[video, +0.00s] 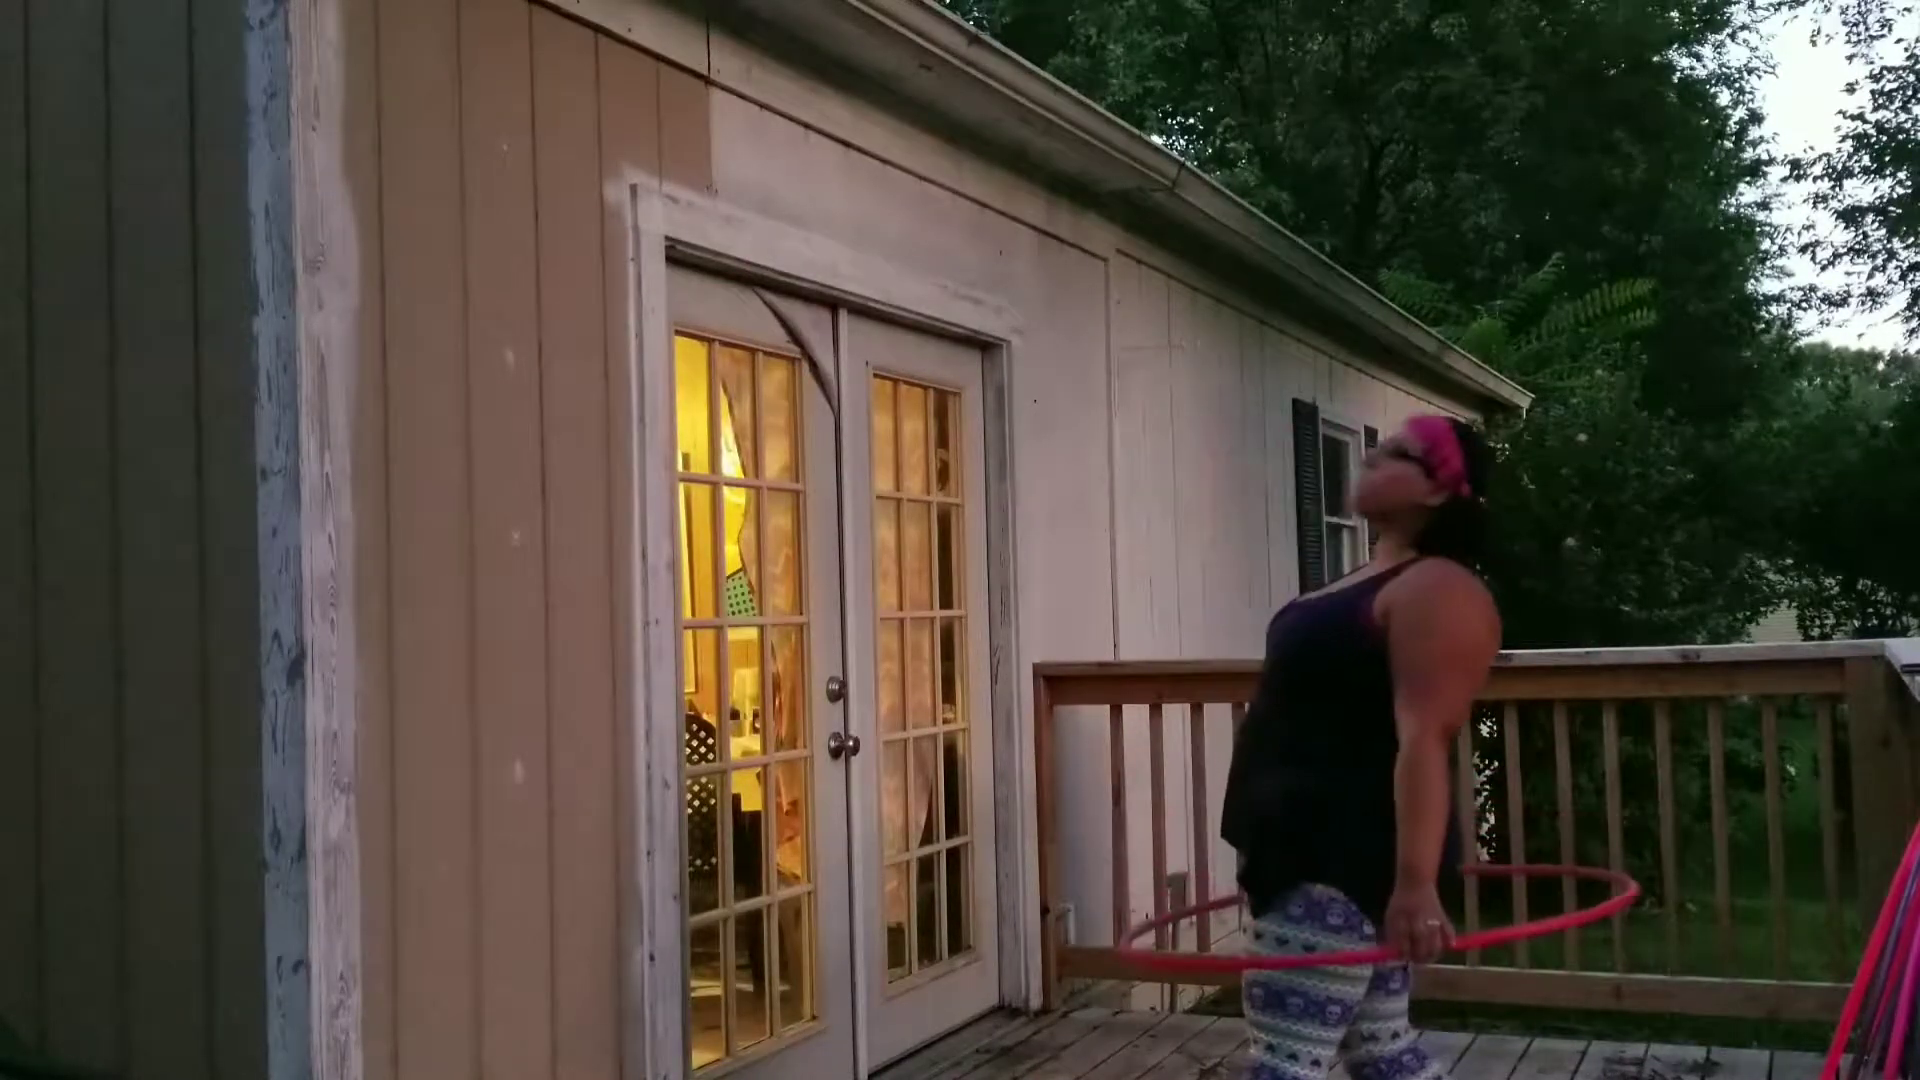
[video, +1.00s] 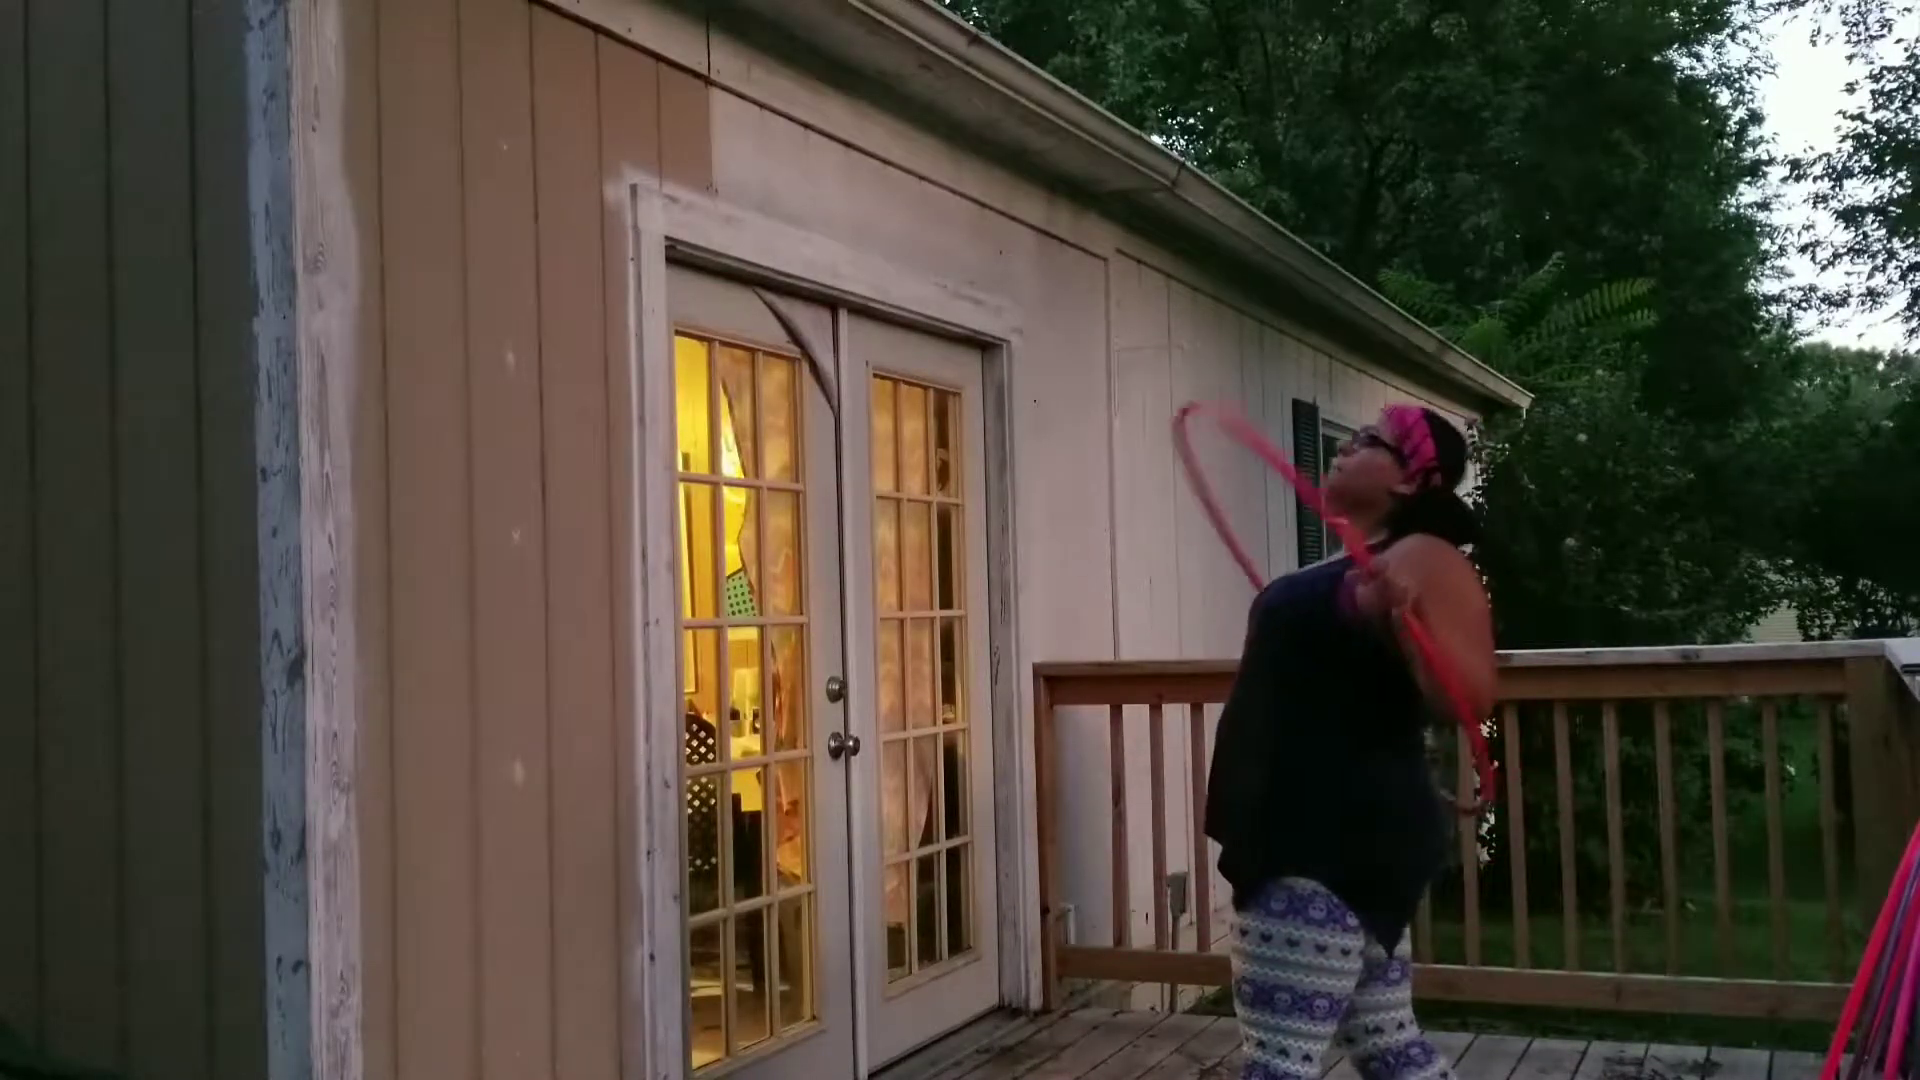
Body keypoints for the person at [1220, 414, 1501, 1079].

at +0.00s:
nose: (1369, 459)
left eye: (1395, 454)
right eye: (1376, 448)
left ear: (1435, 491)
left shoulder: (1440, 589)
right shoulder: (1367, 581)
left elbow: (1425, 739)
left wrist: (1416, 883)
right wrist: (1269, 860)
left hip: (1338, 877)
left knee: (1285, 1062)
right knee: (1383, 1053)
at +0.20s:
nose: (1406, 450)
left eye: (1434, 451)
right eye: (1416, 442)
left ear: (1460, 499)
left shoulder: (1445, 586)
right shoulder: (1382, 576)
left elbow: (1439, 738)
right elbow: (1341, 723)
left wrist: (1412, 877)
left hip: (1334, 874)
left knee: (1282, 1062)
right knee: (1383, 1053)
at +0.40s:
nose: (1393, 451)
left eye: (1418, 451)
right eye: (1404, 444)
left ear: (1451, 495)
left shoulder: (1446, 577)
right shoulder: (1376, 574)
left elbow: (1466, 717)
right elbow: (1344, 713)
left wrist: (1382, 802)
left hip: (1335, 861)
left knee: (1282, 1060)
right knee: (1383, 1052)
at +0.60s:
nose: (1384, 446)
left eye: (1409, 447)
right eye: (1395, 439)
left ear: (1441, 490)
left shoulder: (1441, 563)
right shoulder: (1377, 563)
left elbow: (1481, 695)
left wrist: (1388, 682)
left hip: (1340, 850)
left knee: (1281, 1054)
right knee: (1382, 1047)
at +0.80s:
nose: (1374, 444)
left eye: (1397, 441)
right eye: (1382, 437)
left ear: (1431, 484)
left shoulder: (1440, 563)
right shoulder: (1352, 566)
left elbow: (1474, 704)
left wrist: (1414, 625)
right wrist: (1277, 624)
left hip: (1337, 848)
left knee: (1278, 1058)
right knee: (1385, 1044)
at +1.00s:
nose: (1346, 448)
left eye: (1370, 442)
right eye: (1354, 437)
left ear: (1411, 480)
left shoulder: (1423, 557)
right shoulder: (1327, 572)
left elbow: (1470, 696)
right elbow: (1267, 708)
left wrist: (1399, 619)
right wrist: (1229, 811)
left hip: (1335, 851)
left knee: (1278, 1058)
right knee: (1388, 1045)